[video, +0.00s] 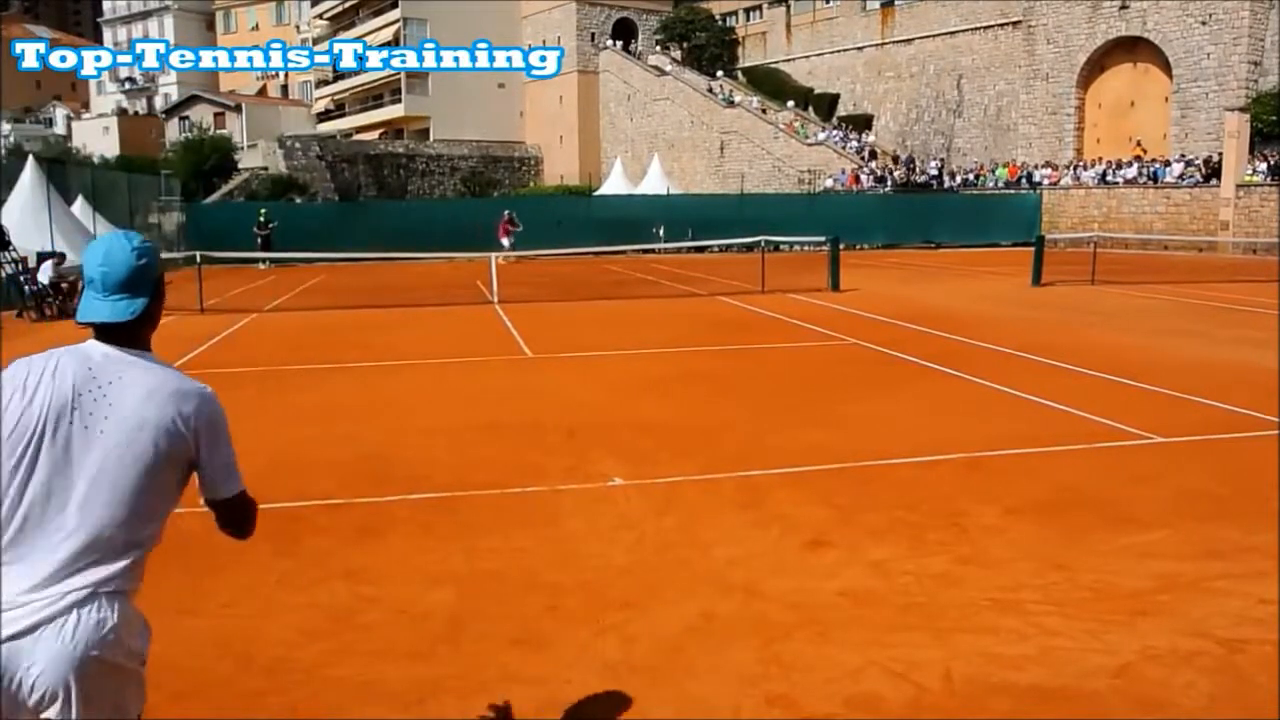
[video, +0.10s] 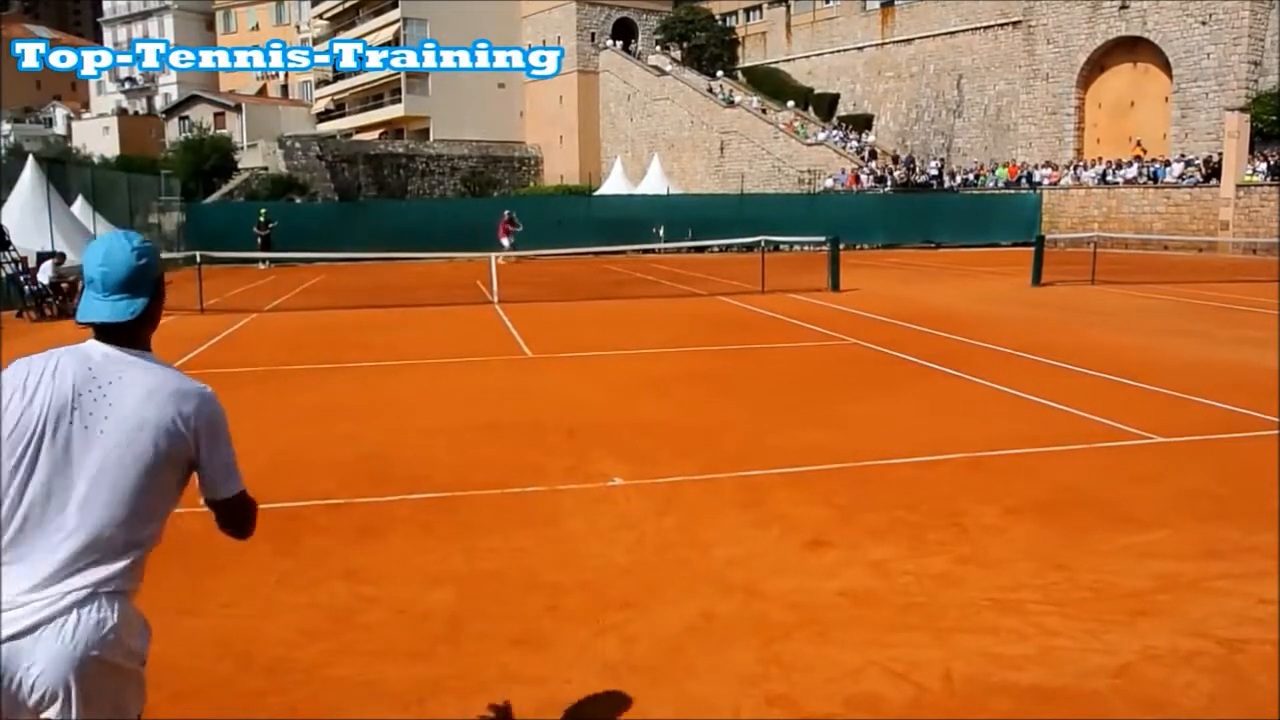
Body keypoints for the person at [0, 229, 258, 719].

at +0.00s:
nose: (161, 304)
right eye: (160, 294)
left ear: (84, 297)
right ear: (158, 303)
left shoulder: (15, 380)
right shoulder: (185, 399)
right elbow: (239, 522)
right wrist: (223, 479)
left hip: (2, 637)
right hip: (89, 645)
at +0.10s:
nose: (161, 304)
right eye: (160, 294)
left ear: (84, 296)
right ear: (158, 303)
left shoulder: (15, 380)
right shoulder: (185, 399)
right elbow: (239, 522)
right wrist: (223, 479)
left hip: (2, 637)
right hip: (89, 645)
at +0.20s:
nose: (176, 295)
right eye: (175, 286)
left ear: (99, 286)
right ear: (172, 294)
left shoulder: (31, 372)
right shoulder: (201, 388)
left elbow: (2, 462)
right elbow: (261, 503)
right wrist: (226, 471)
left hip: (8, 625)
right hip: (105, 633)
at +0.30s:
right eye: (183, 277)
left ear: (112, 275)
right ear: (184, 283)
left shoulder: (50, 361)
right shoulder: (217, 372)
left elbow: (2, 456)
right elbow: (278, 481)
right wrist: (237, 456)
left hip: (19, 603)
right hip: (121, 616)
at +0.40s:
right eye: (198, 263)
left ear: (127, 265)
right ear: (196, 270)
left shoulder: (68, 345)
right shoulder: (229, 353)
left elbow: (8, 453)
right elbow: (295, 462)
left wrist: (4, 535)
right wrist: (247, 449)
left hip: (43, 591)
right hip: (141, 599)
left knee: (56, 711)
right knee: (115, 711)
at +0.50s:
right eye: (198, 264)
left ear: (127, 265)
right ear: (196, 270)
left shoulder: (68, 345)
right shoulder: (229, 353)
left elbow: (8, 453)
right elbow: (295, 462)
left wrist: (4, 535)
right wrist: (247, 450)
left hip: (43, 592)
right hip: (141, 599)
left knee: (56, 711)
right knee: (115, 711)